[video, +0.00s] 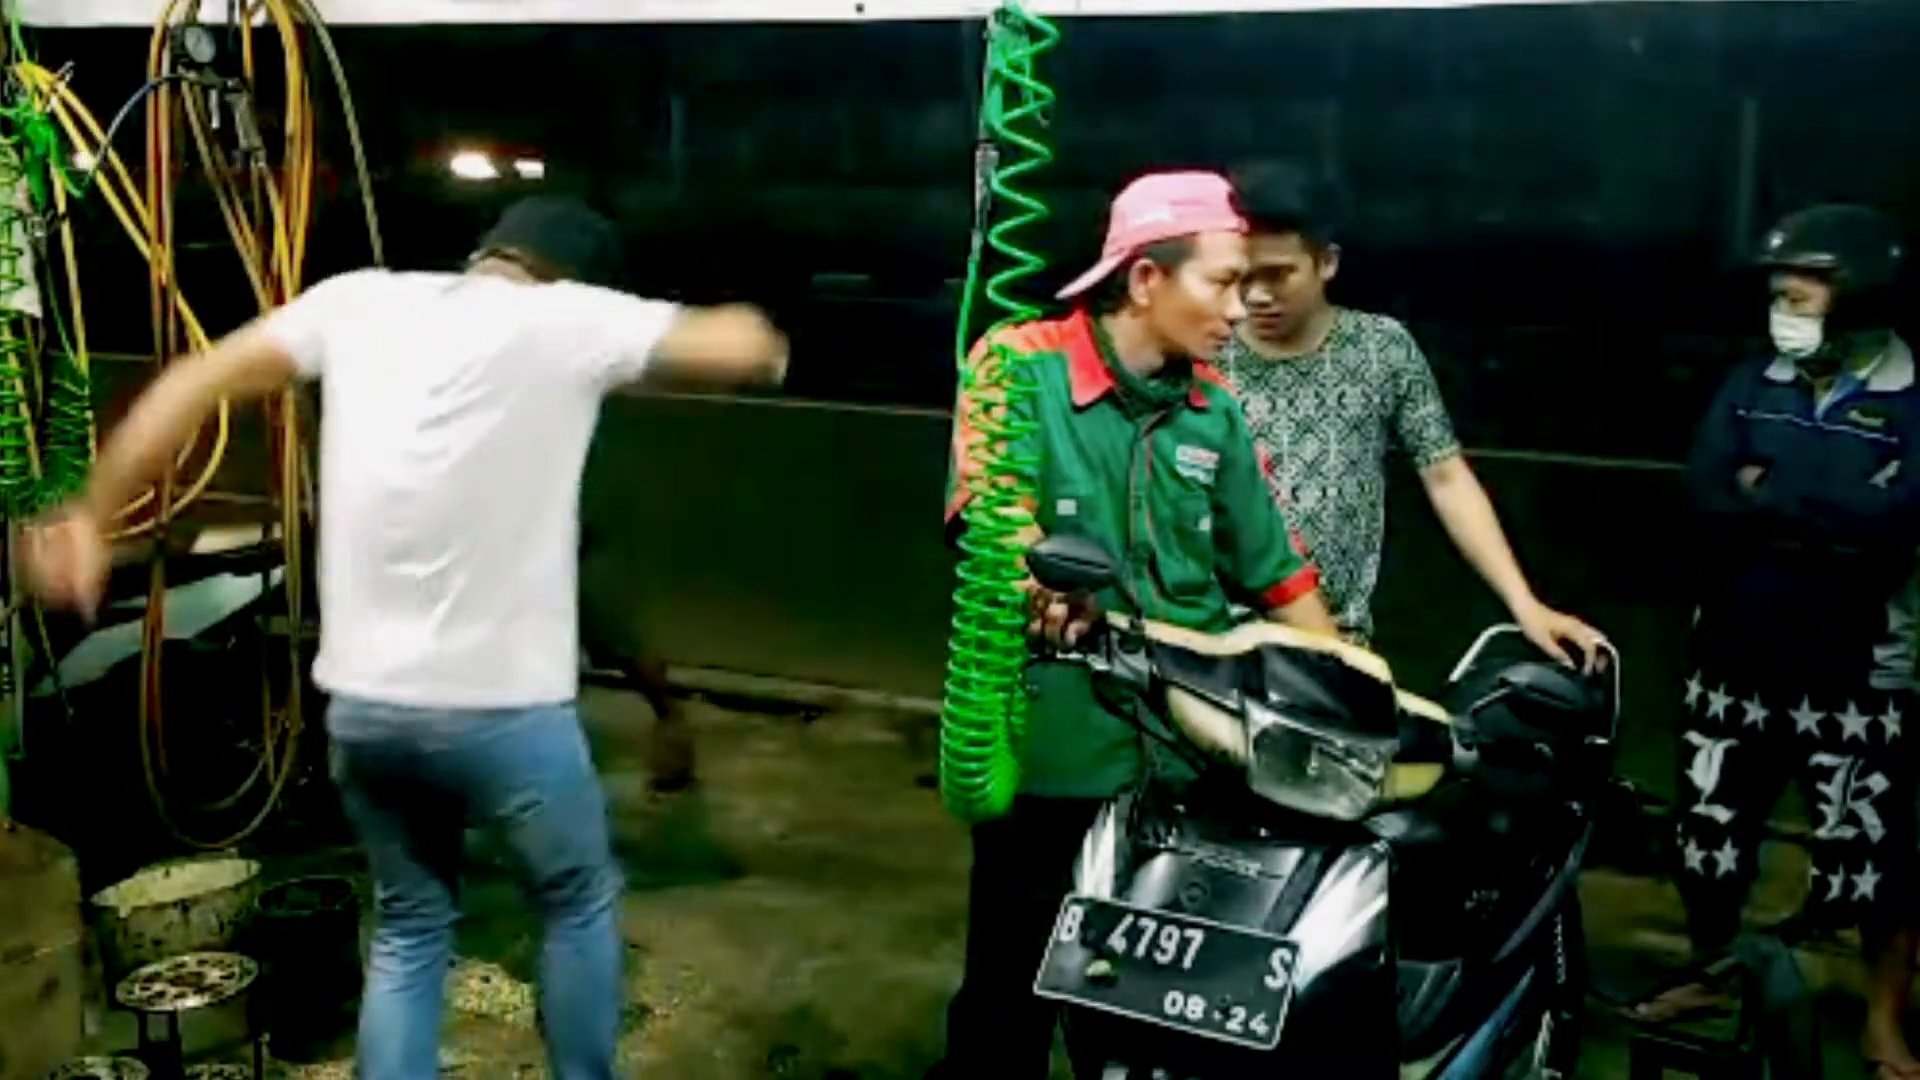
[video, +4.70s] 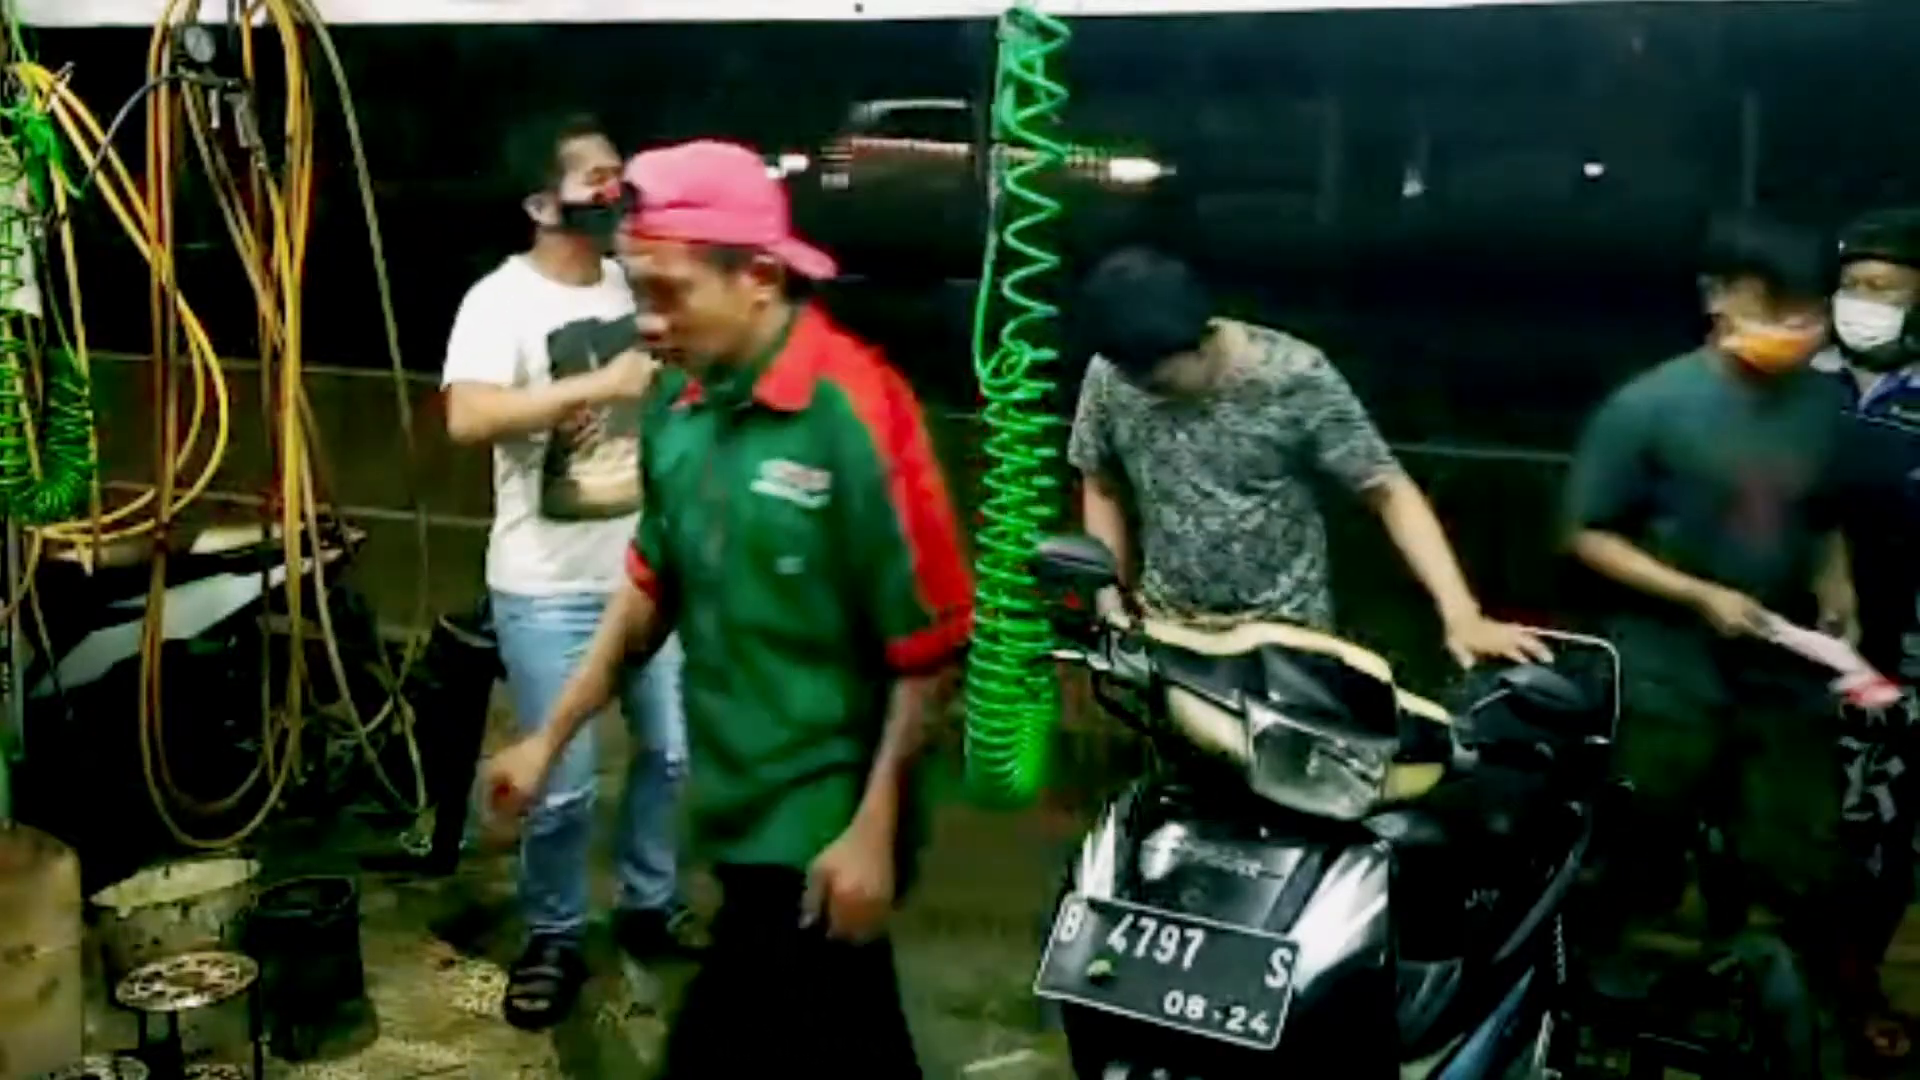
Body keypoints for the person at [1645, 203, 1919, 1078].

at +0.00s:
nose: (1787, 297)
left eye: (1808, 282)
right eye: (1780, 281)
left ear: (1856, 293)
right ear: (1771, 288)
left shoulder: (1903, 393)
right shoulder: (1748, 385)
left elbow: (1896, 515)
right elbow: (1705, 493)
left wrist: (1764, 478)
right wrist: (1839, 497)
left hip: (1858, 661)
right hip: (1739, 651)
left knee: (1866, 853)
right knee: (1708, 832)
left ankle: (1882, 1017)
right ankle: (1708, 975)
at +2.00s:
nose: (1874, 306)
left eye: (1895, 291)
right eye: (1862, 289)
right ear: (1838, 299)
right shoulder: (1796, 392)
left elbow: (1911, 517)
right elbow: (1748, 497)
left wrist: (1810, 488)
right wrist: (1869, 508)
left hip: (1889, 664)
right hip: (1777, 655)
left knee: (1890, 852)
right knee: (1709, 824)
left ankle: (1861, 983)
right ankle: (1708, 965)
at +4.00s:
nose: (1897, 301)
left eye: (1913, 288)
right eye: (1885, 284)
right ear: (1858, 293)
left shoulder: (1918, 412)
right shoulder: (1807, 385)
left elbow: (1910, 517)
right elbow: (1761, 484)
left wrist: (1820, 475)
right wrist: (1871, 520)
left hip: (1889, 660)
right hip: (1782, 644)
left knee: (1884, 841)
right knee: (1737, 813)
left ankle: (1862, 981)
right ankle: (1716, 944)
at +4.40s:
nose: (1879, 304)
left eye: (1899, 291)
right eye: (1868, 286)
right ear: (1845, 293)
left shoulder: (1917, 411)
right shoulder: (1799, 384)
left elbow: (1909, 512)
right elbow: (1748, 483)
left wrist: (1814, 476)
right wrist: (1860, 507)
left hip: (1890, 649)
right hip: (1782, 632)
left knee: (1883, 832)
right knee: (1737, 799)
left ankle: (1863, 980)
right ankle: (1719, 932)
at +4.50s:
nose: (1876, 306)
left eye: (1896, 292)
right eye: (1864, 288)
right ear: (1838, 296)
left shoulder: (1918, 406)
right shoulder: (1787, 388)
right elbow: (1725, 496)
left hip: (1892, 656)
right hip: (1784, 643)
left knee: (1886, 837)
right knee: (1757, 808)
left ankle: (1862, 984)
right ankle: (1724, 942)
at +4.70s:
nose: (1868, 305)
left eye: (1888, 291)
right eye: (1856, 287)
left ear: (1918, 304)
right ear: (1835, 294)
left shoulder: (1908, 410)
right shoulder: (1805, 398)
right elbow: (1794, 524)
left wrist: (1882, 649)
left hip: (1901, 652)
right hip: (1815, 645)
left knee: (1885, 843)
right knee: (1820, 831)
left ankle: (1860, 995)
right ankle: (1823, 994)